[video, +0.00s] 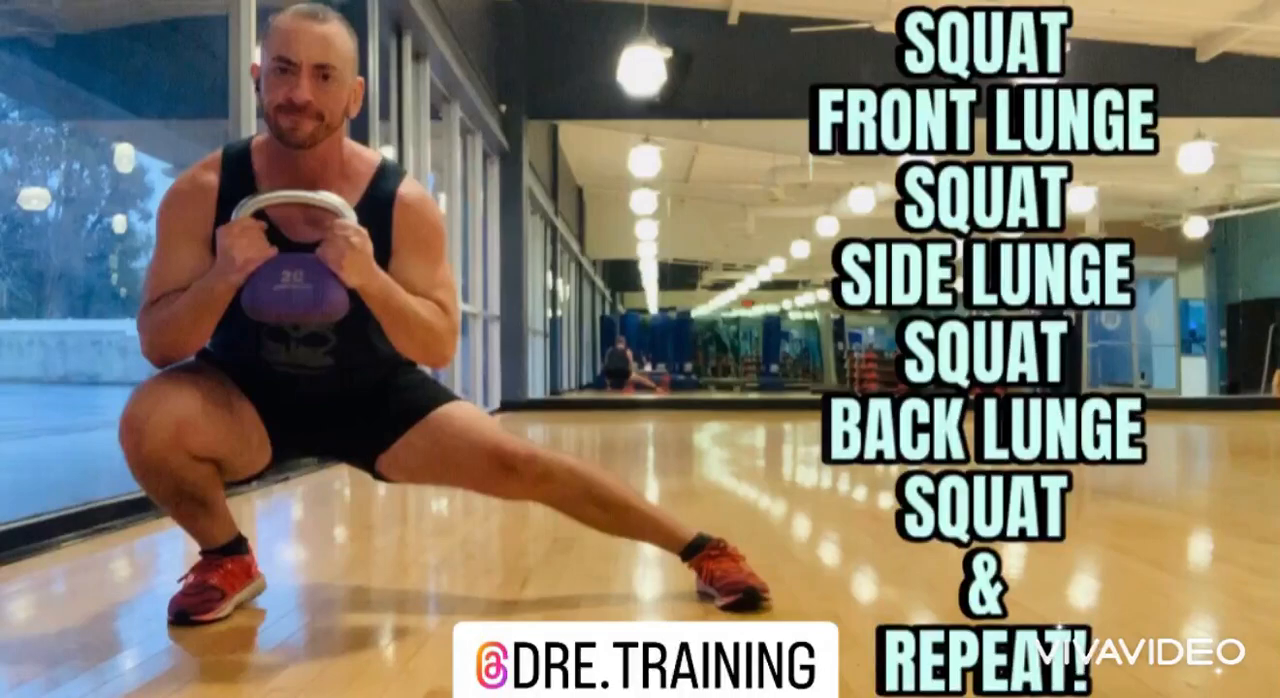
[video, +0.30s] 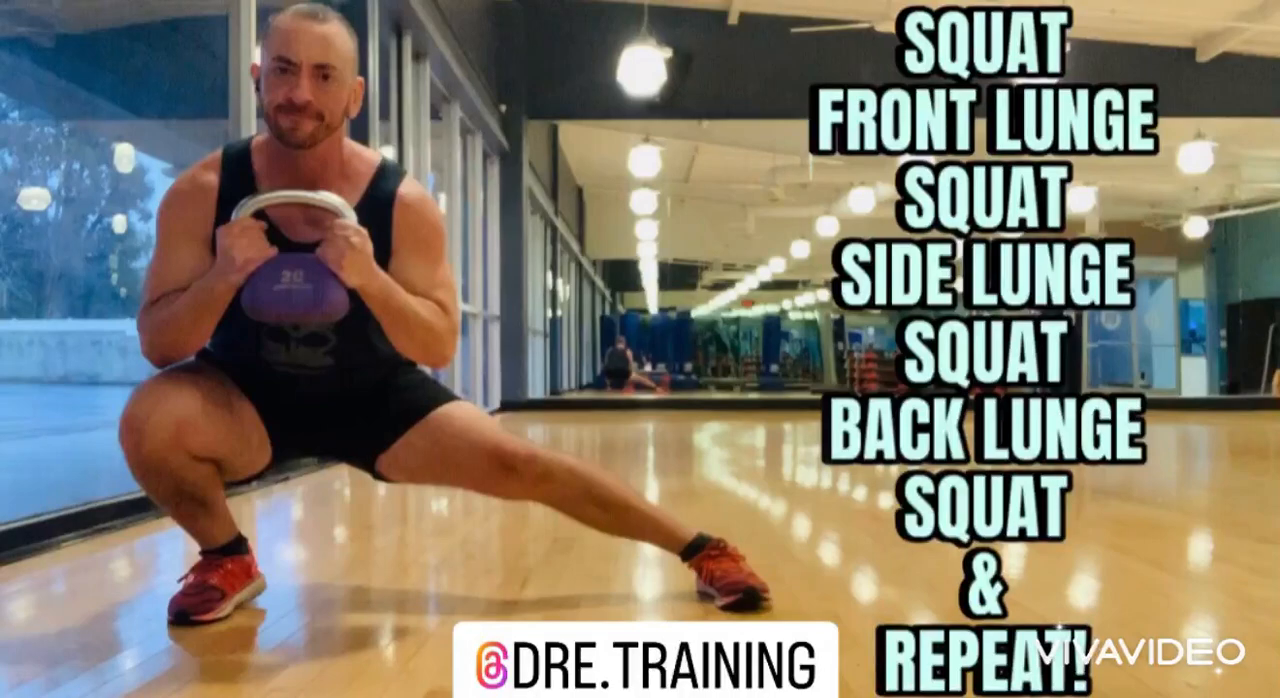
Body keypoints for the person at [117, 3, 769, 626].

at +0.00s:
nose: (298, 92)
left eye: (321, 75)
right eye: (281, 70)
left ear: (354, 92)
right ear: (257, 78)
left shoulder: (405, 205)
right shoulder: (201, 193)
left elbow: (437, 345)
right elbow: (161, 343)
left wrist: (368, 277)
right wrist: (221, 277)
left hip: (377, 397)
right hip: (253, 396)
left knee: (517, 463)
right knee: (148, 422)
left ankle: (696, 547)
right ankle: (225, 555)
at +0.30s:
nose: (298, 92)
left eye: (321, 75)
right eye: (281, 70)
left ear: (354, 92)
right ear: (257, 78)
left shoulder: (405, 205)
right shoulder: (201, 193)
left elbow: (437, 345)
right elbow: (161, 343)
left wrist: (368, 277)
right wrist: (221, 277)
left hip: (377, 397)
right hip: (253, 396)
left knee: (517, 463)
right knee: (148, 422)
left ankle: (696, 547)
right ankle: (225, 555)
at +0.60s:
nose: (298, 92)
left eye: (321, 75)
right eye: (281, 70)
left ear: (355, 91)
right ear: (257, 78)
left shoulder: (405, 205)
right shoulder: (201, 193)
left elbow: (437, 345)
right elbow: (161, 343)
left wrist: (367, 276)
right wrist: (222, 276)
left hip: (377, 398)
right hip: (253, 396)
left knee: (517, 463)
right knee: (148, 422)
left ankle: (696, 547)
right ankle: (225, 555)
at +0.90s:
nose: (298, 91)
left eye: (321, 75)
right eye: (281, 69)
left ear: (354, 91)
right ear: (257, 78)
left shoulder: (405, 205)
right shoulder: (201, 193)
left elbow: (437, 345)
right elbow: (161, 343)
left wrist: (367, 276)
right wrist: (222, 276)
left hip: (378, 398)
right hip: (253, 396)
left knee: (517, 464)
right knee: (148, 423)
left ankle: (696, 547)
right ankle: (225, 555)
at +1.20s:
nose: (297, 91)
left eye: (320, 75)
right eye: (281, 69)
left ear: (354, 92)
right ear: (256, 78)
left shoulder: (405, 205)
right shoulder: (200, 193)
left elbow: (437, 345)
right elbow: (161, 344)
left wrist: (368, 277)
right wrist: (222, 277)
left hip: (377, 398)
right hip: (253, 397)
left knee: (516, 463)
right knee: (148, 423)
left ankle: (696, 547)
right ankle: (225, 555)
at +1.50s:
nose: (298, 91)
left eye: (321, 74)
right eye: (282, 69)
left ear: (354, 91)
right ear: (257, 78)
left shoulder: (405, 205)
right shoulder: (201, 193)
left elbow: (437, 346)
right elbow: (161, 343)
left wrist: (367, 276)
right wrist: (222, 277)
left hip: (378, 398)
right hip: (253, 396)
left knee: (518, 464)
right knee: (148, 423)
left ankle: (696, 548)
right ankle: (225, 555)